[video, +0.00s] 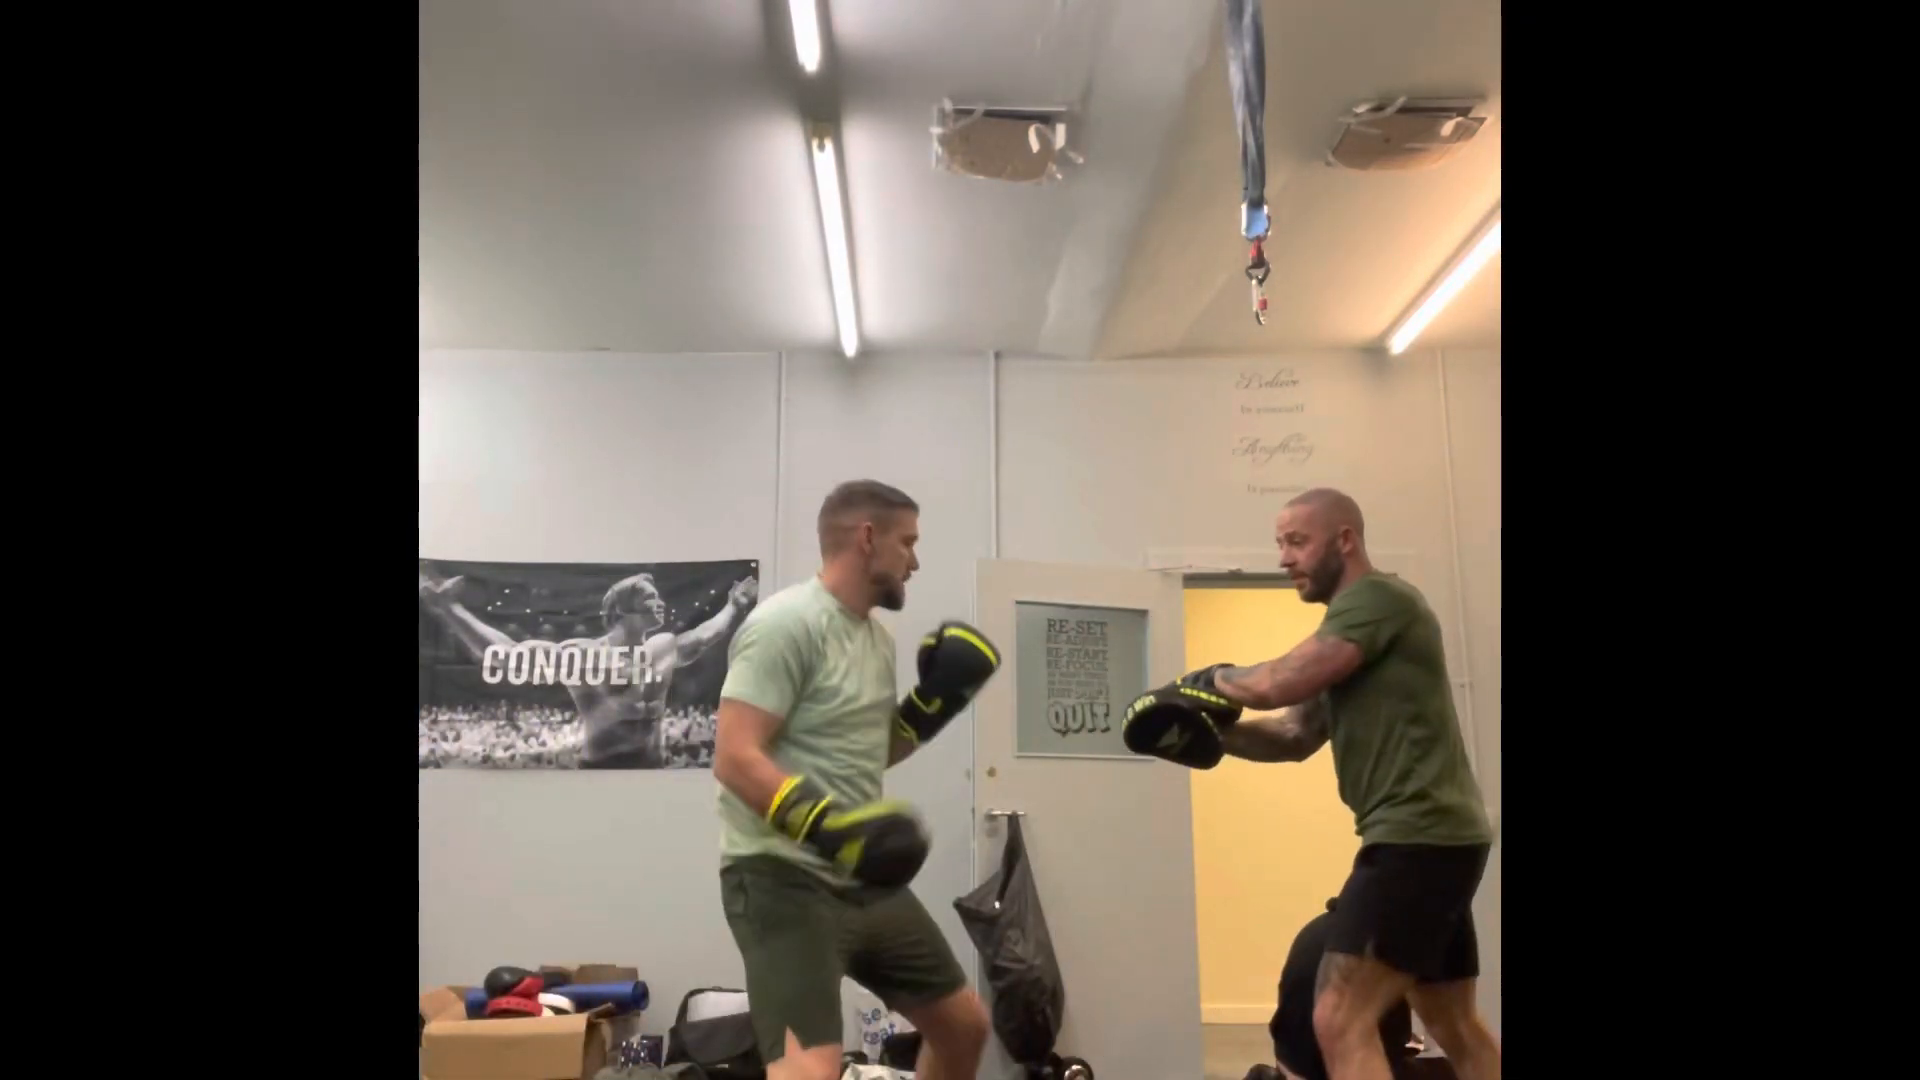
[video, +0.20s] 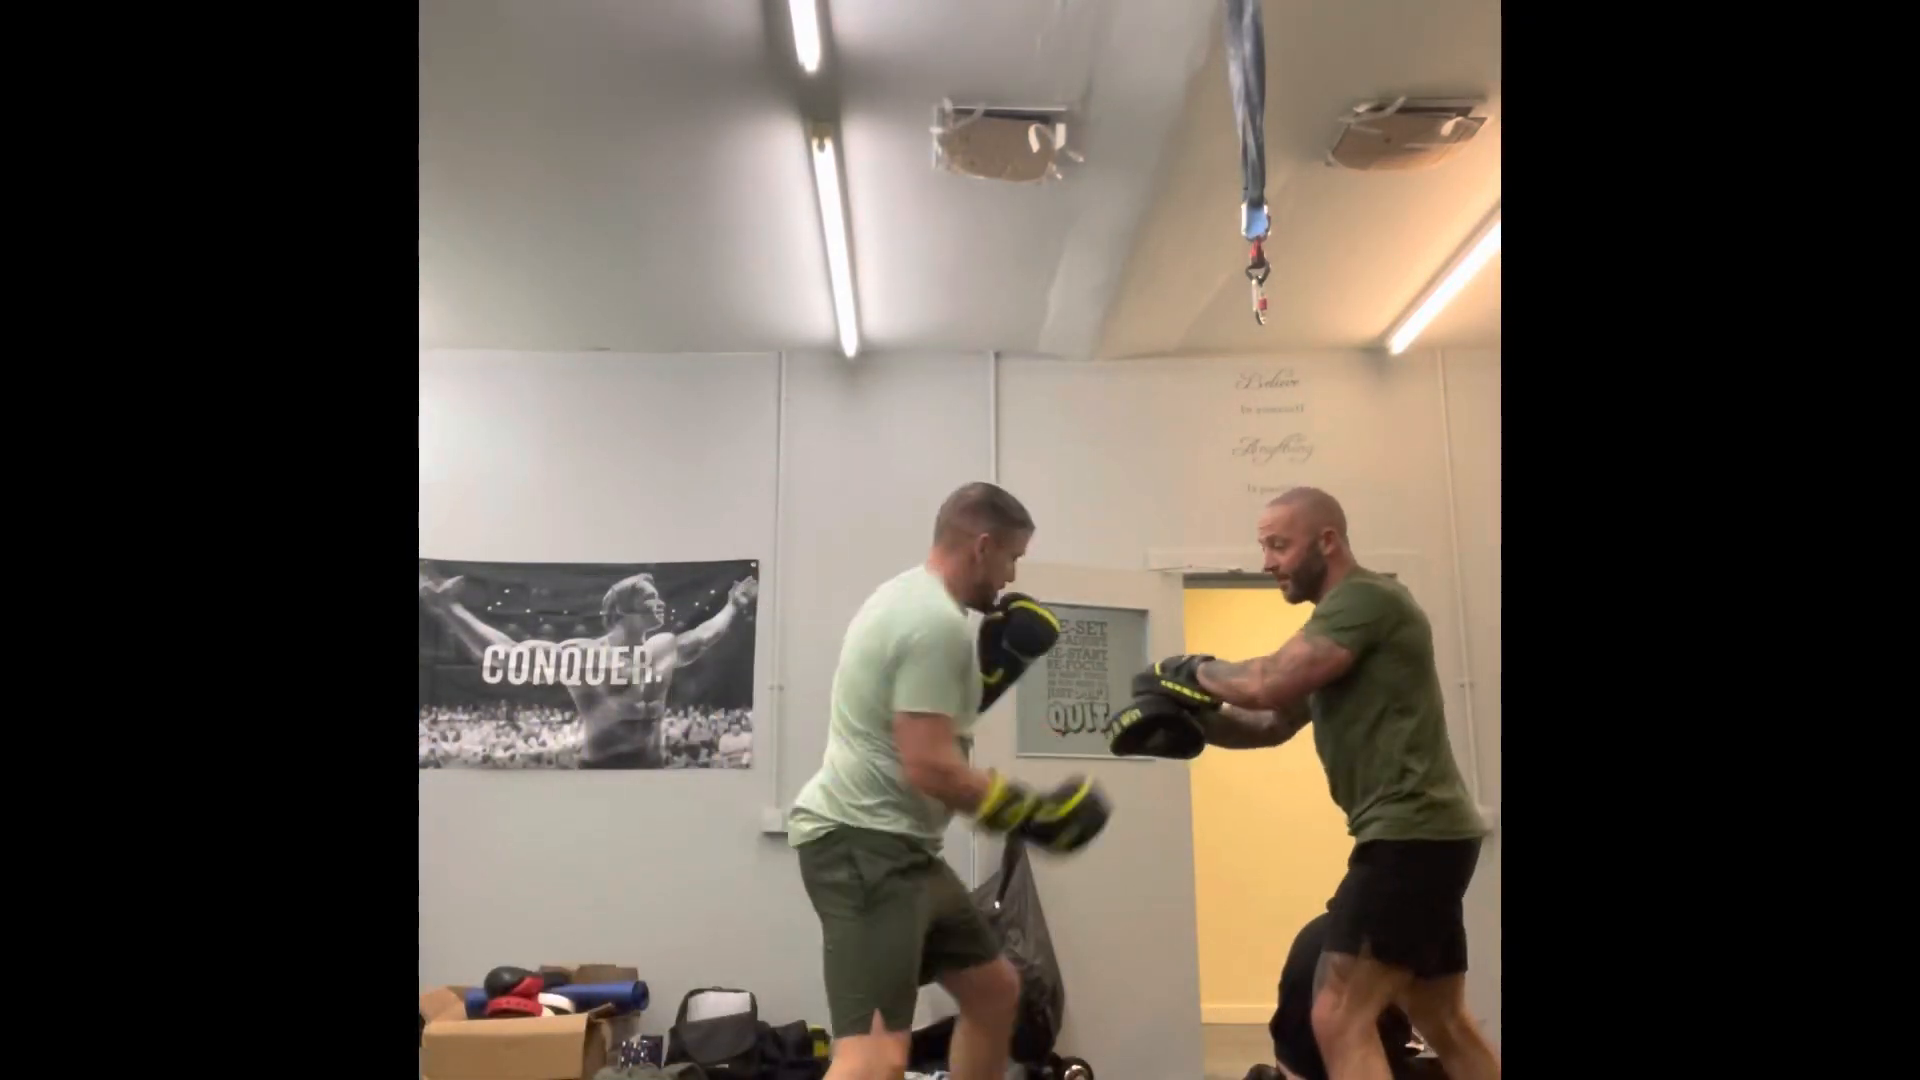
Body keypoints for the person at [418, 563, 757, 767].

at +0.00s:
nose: (661, 609)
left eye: (659, 602)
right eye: (651, 602)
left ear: (652, 610)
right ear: (624, 612)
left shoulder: (666, 648)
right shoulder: (580, 655)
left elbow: (710, 633)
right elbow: (505, 653)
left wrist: (736, 604)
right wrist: (450, 608)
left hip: (652, 775)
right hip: (599, 775)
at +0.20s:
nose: (663, 609)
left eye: (661, 601)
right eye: (653, 602)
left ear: (650, 610)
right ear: (625, 612)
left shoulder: (665, 648)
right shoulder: (579, 655)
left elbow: (709, 634)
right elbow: (506, 652)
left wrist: (736, 604)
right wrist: (449, 608)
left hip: (652, 773)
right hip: (600, 775)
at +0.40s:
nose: (662, 607)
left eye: (660, 600)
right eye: (652, 601)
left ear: (650, 610)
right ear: (625, 612)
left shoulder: (665, 648)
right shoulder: (579, 655)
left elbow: (708, 634)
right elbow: (506, 653)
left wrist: (736, 605)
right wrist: (449, 608)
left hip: (652, 772)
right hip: (600, 774)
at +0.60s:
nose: (662, 609)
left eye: (660, 602)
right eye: (652, 602)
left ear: (648, 611)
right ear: (624, 612)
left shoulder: (664, 648)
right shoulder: (580, 655)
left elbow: (709, 633)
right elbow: (506, 652)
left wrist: (736, 604)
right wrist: (449, 608)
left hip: (652, 773)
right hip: (600, 775)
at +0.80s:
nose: (662, 609)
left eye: (660, 602)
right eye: (652, 603)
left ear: (650, 612)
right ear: (624, 613)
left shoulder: (664, 648)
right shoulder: (580, 655)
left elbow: (710, 633)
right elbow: (506, 652)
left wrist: (736, 604)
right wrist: (449, 608)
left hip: (652, 774)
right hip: (600, 776)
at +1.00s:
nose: (662, 612)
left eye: (660, 604)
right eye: (652, 605)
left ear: (651, 613)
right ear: (623, 614)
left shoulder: (664, 649)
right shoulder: (579, 655)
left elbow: (710, 633)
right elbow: (505, 651)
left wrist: (736, 604)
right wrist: (448, 607)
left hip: (652, 773)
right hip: (600, 775)